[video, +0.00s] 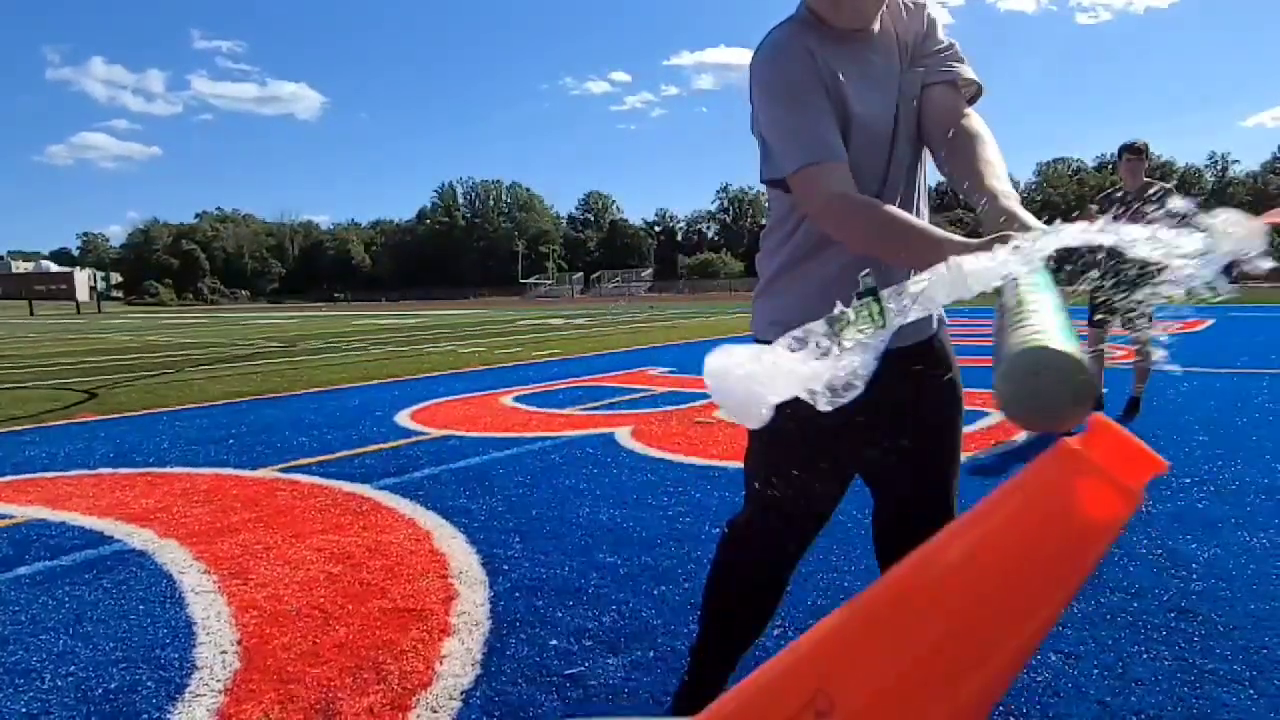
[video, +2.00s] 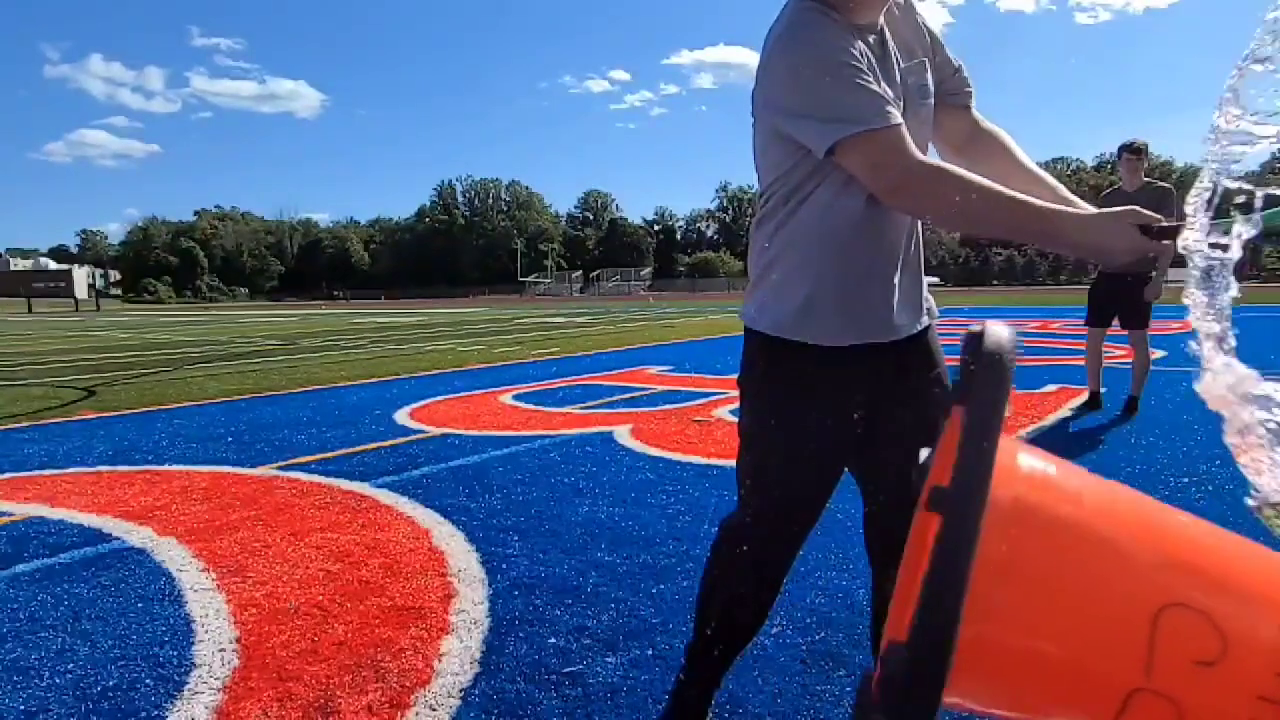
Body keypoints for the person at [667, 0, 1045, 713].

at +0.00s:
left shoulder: (915, 18)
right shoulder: (787, 57)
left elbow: (954, 126)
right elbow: (832, 205)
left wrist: (1000, 201)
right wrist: (979, 263)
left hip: (912, 335)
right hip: (810, 345)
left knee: (923, 545)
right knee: (769, 537)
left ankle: (935, 695)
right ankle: (697, 701)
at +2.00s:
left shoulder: (907, 19)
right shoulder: (807, 42)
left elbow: (965, 132)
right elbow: (903, 180)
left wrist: (1087, 217)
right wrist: (1077, 236)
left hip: (900, 339)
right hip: (802, 345)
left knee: (912, 533)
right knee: (768, 531)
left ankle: (900, 693)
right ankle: (692, 698)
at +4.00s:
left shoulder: (890, 33)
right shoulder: (832, 31)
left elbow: (921, 175)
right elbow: (937, 165)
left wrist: (1018, 217)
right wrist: (1088, 209)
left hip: (886, 334)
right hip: (797, 334)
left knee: (901, 546)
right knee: (764, 529)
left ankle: (895, 707)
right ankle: (687, 697)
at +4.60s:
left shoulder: (860, 35)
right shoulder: (842, 29)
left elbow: (915, 174)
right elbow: (942, 160)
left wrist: (1011, 215)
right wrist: (1074, 204)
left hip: (881, 330)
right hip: (802, 331)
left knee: (900, 543)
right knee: (764, 530)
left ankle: (893, 708)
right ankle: (682, 702)